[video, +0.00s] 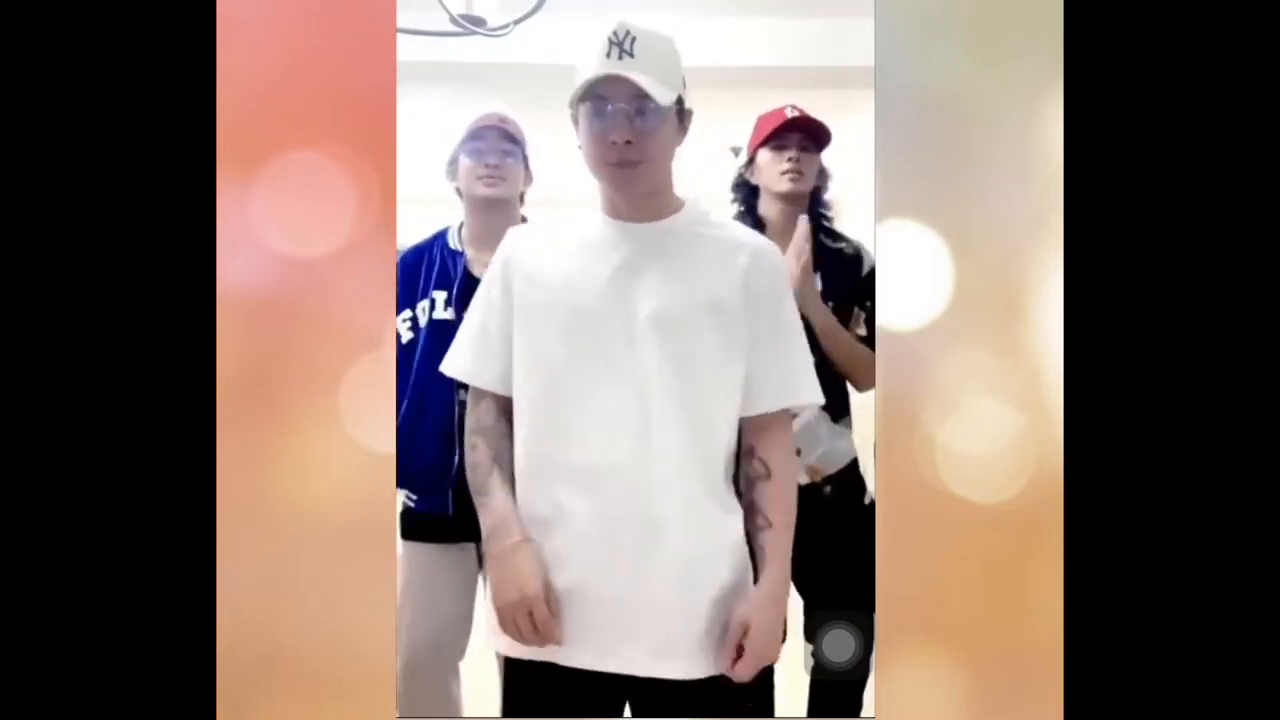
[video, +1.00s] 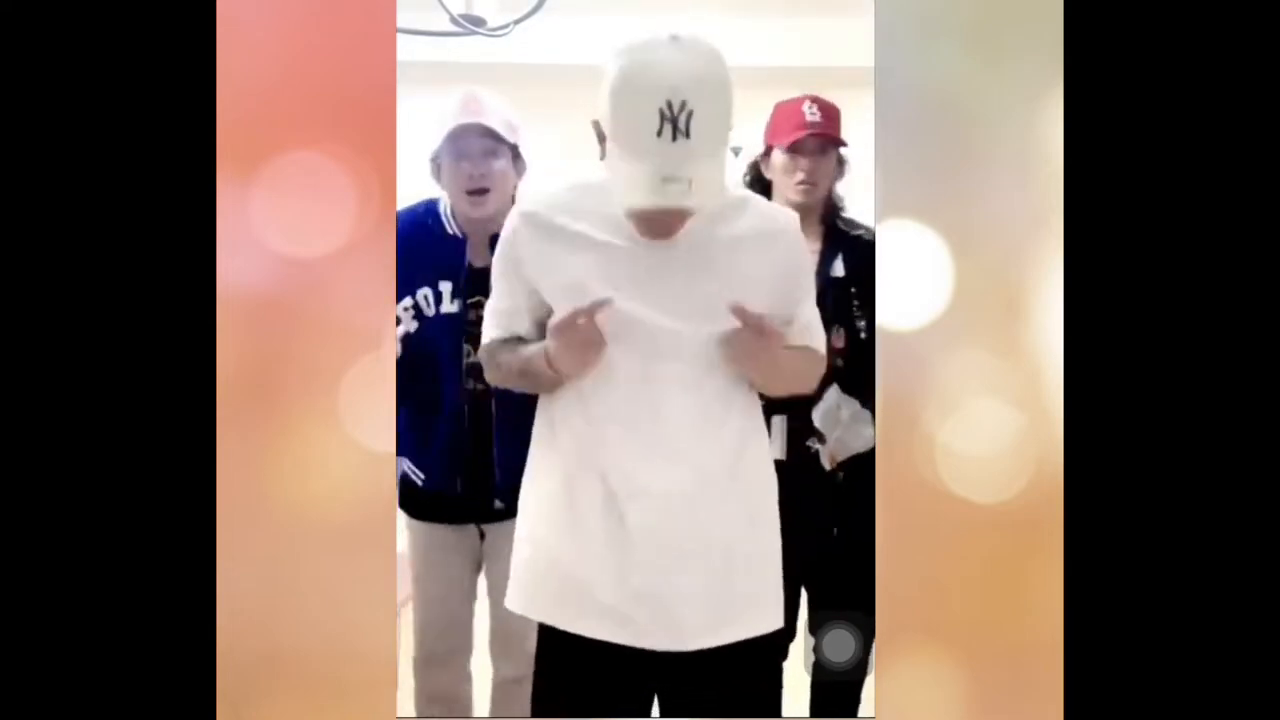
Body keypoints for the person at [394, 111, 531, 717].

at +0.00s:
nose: (492, 161)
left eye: (507, 153)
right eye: (477, 151)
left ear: (528, 179)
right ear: (454, 173)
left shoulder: (551, 266)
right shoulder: (412, 269)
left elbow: (573, 380)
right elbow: (380, 379)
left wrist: (560, 480)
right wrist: (385, 481)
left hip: (529, 498)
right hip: (434, 497)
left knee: (530, 668)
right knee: (424, 663)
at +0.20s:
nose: (497, 156)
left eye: (512, 147)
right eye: (483, 147)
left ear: (535, 171)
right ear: (460, 168)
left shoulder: (561, 257)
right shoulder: (415, 260)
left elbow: (585, 374)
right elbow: (380, 373)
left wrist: (566, 478)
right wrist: (386, 468)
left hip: (534, 499)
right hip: (440, 502)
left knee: (533, 674)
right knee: (432, 676)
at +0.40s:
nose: (491, 170)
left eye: (506, 161)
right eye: (477, 161)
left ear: (527, 183)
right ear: (452, 181)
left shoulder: (554, 264)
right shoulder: (404, 266)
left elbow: (579, 381)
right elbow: (369, 380)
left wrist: (565, 482)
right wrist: (378, 481)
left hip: (523, 503)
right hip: (426, 505)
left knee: (520, 661)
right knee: (427, 667)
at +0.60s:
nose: (488, 165)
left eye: (502, 156)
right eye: (475, 156)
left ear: (525, 175)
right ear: (451, 173)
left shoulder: (543, 255)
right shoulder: (411, 249)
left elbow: (571, 341)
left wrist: (523, 256)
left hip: (515, 489)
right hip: (424, 489)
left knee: (511, 651)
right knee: (428, 656)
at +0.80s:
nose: (486, 189)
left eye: (499, 177)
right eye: (473, 178)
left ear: (522, 191)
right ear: (453, 193)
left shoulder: (544, 279)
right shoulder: (411, 272)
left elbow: (570, 381)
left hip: (517, 519)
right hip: (419, 519)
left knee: (511, 695)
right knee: (422, 691)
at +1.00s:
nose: (477, 168)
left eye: (493, 153)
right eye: (460, 154)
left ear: (519, 168)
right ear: (437, 170)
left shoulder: (544, 241)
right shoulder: (401, 241)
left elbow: (574, 355)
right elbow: (364, 344)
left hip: (526, 483)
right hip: (435, 483)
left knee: (522, 655)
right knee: (438, 653)